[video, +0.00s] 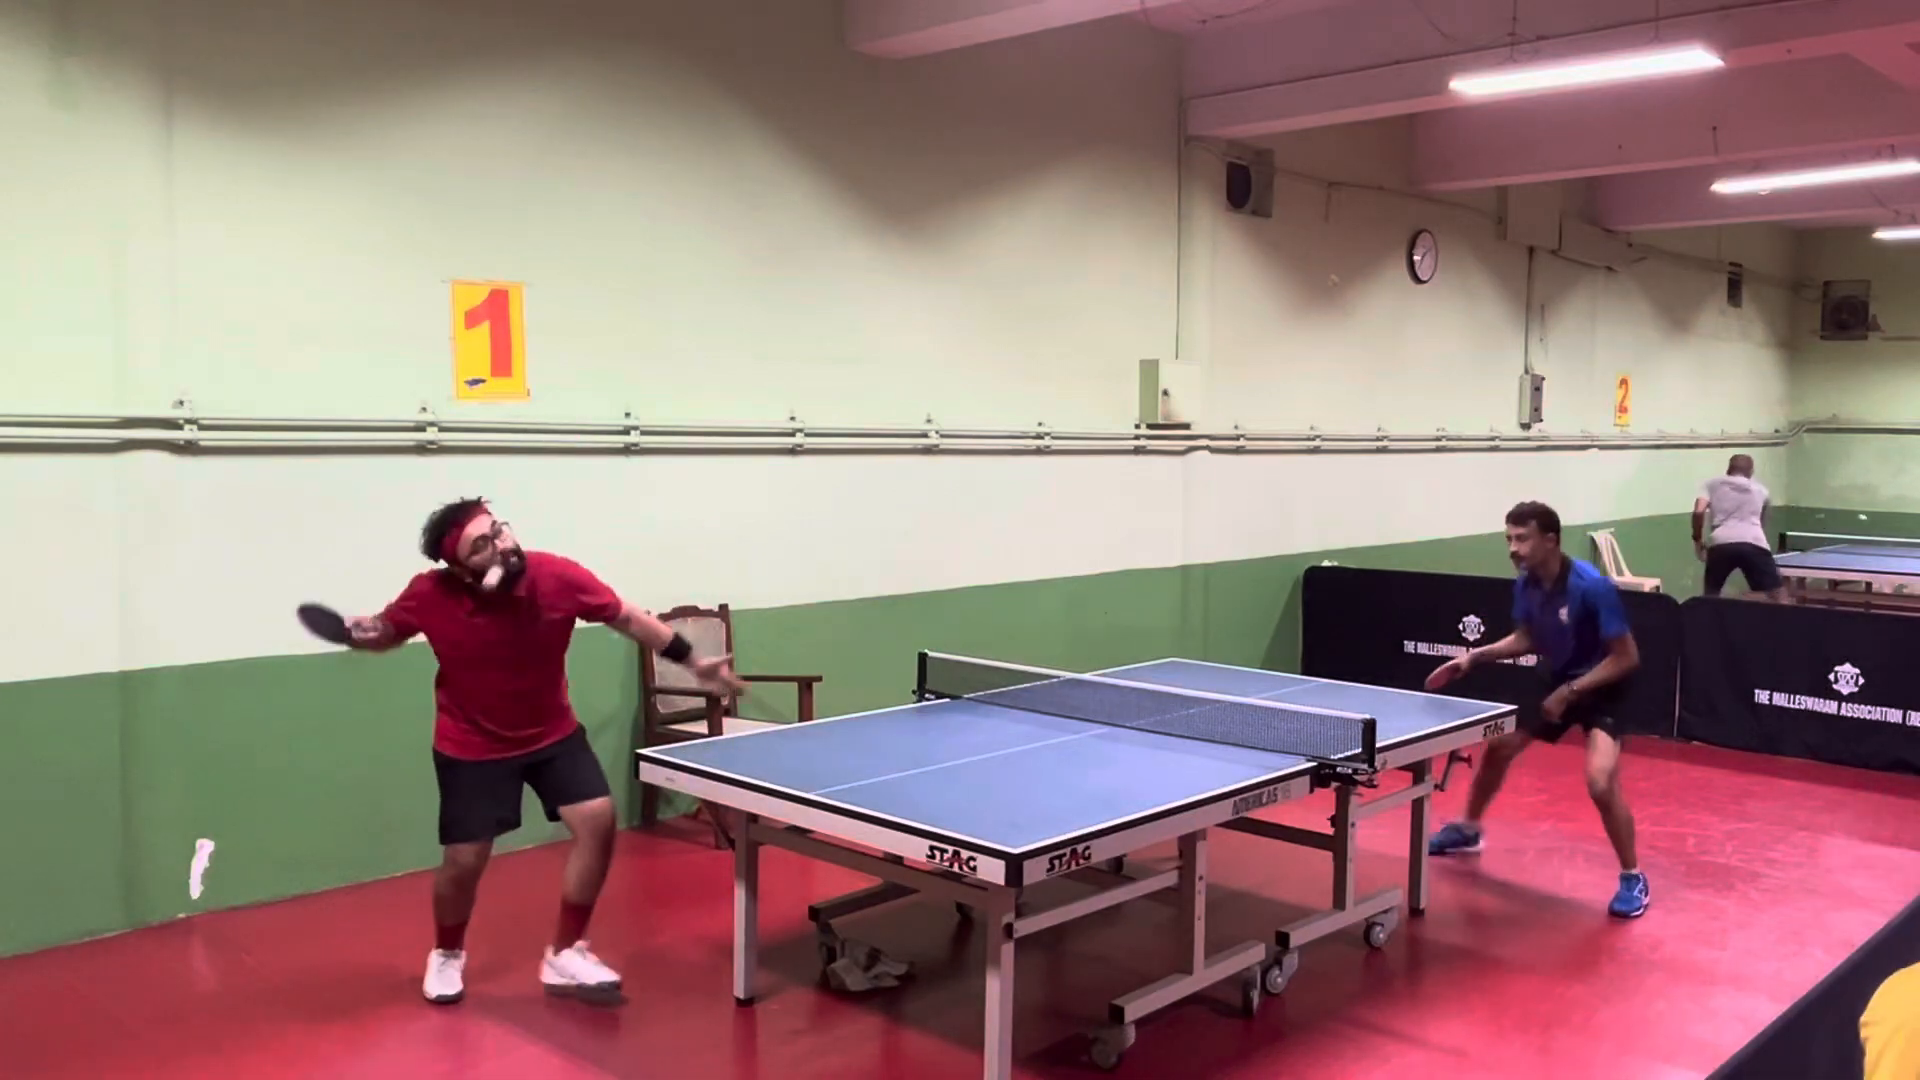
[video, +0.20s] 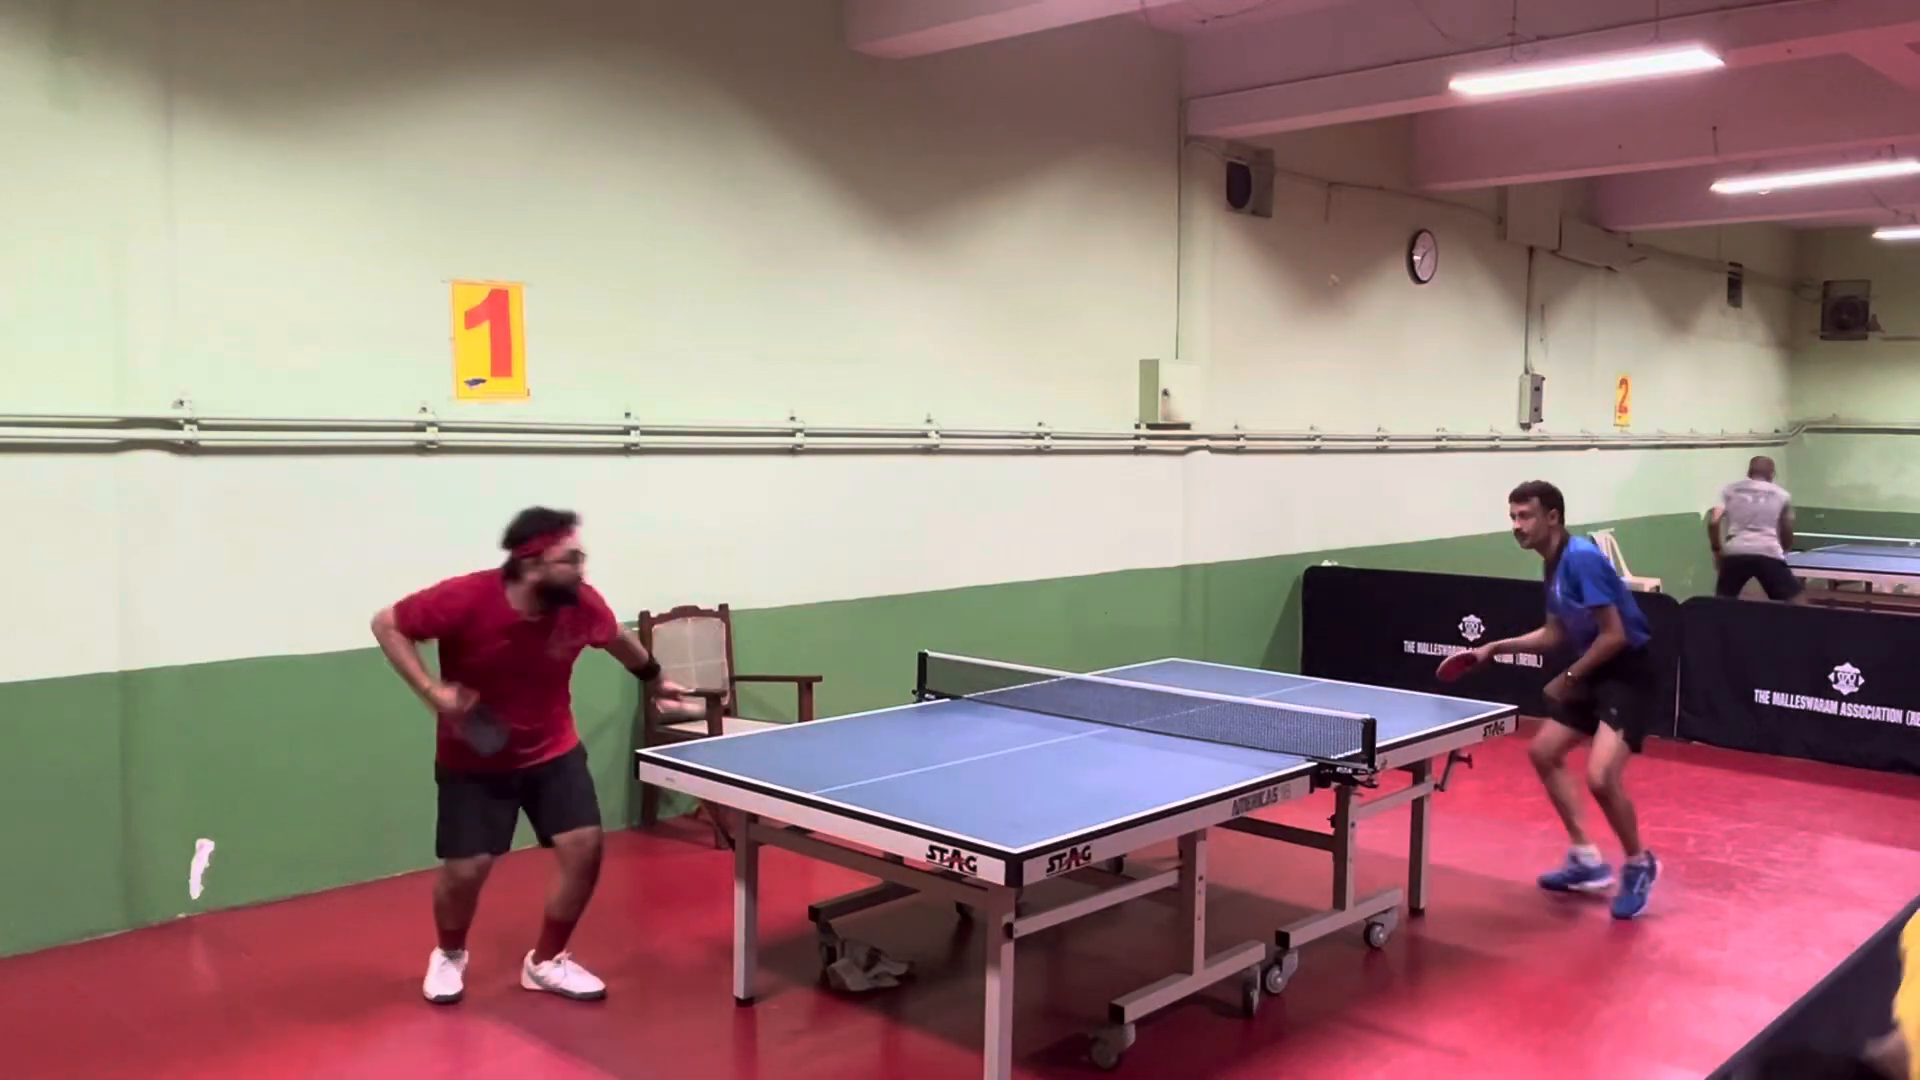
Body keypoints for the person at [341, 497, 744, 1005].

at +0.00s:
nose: (502, 544)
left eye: (499, 530)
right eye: (483, 545)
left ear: (507, 525)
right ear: (459, 567)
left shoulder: (557, 578)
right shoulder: (431, 597)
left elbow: (628, 619)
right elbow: (389, 630)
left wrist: (694, 661)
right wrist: (362, 632)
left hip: (551, 730)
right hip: (471, 741)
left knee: (597, 819)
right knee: (464, 859)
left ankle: (565, 953)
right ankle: (447, 955)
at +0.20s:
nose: (581, 568)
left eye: (581, 557)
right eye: (570, 558)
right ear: (531, 563)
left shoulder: (582, 606)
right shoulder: (466, 599)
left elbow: (618, 643)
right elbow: (386, 623)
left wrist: (654, 677)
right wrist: (431, 689)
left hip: (551, 749)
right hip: (473, 756)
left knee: (584, 846)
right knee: (465, 868)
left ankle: (546, 959)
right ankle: (450, 955)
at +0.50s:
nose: (612, 523)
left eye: (608, 513)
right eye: (601, 515)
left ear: (574, 527)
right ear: (568, 527)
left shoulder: (583, 579)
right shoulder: (506, 573)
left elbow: (556, 651)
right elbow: (420, 619)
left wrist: (562, 706)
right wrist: (404, 709)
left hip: (544, 736)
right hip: (478, 739)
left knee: (577, 841)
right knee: (487, 854)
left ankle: (545, 963)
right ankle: (424, 951)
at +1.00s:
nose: (568, 513)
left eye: (565, 502)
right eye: (557, 505)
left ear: (521, 513)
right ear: (519, 515)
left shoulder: (517, 569)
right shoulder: (480, 574)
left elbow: (492, 654)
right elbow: (436, 661)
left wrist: (515, 713)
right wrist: (498, 731)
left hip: (464, 734)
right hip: (413, 737)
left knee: (494, 834)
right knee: (448, 865)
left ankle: (441, 956)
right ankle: (396, 1023)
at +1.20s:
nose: (557, 562)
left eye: (554, 550)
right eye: (549, 553)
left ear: (508, 561)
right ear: (517, 565)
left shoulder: (478, 597)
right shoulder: (471, 626)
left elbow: (467, 704)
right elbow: (462, 736)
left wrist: (511, 747)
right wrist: (535, 750)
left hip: (440, 758)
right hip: (400, 769)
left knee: (493, 858)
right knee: (465, 888)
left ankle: (431, 968)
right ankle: (372, 1042)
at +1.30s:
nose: (542, 560)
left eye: (539, 549)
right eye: (535, 551)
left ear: (484, 553)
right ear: (505, 560)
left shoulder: (438, 575)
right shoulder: (481, 639)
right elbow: (536, 727)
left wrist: (491, 705)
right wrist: (617, 724)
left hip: (415, 758)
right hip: (402, 777)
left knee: (474, 849)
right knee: (472, 898)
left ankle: (434, 966)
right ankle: (373, 1043)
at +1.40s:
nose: (530, 514)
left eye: (525, 503)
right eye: (522, 506)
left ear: (468, 518)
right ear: (492, 521)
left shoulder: (416, 539)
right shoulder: (485, 607)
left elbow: (362, 594)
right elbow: (539, 698)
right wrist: (614, 720)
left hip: (368, 741)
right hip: (416, 761)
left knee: (431, 846)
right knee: (464, 884)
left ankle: (436, 955)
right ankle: (375, 1038)